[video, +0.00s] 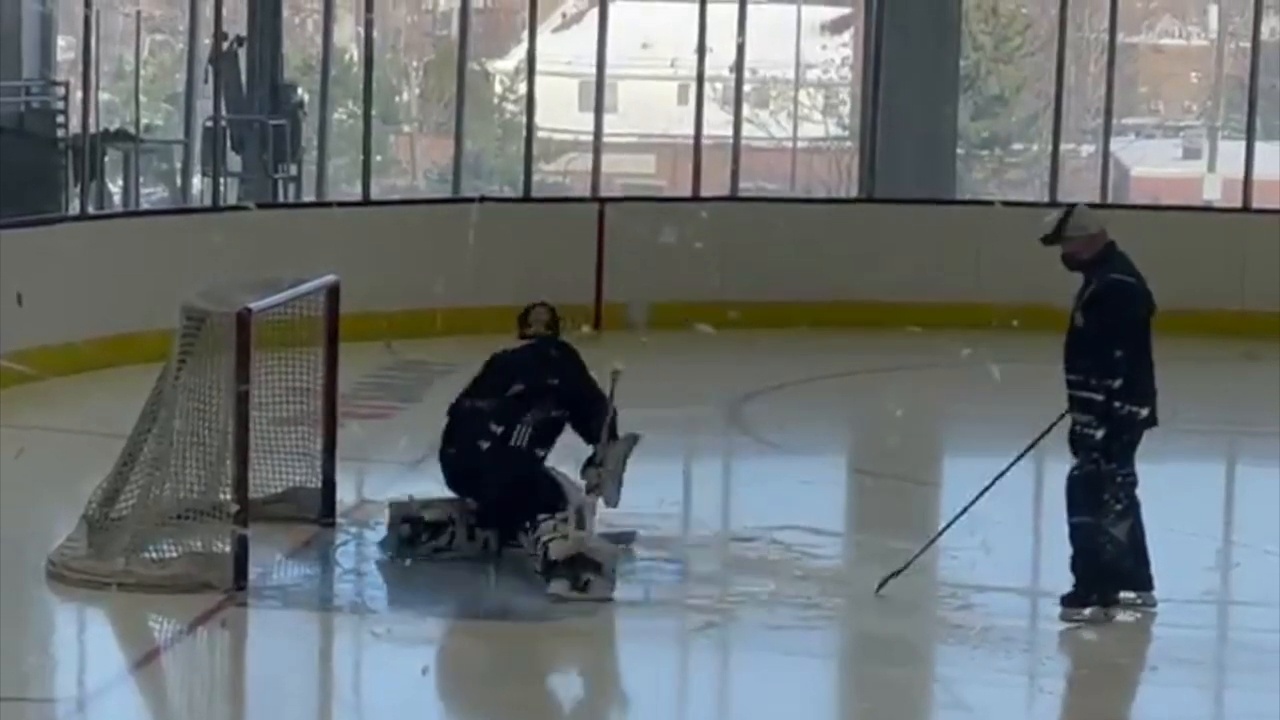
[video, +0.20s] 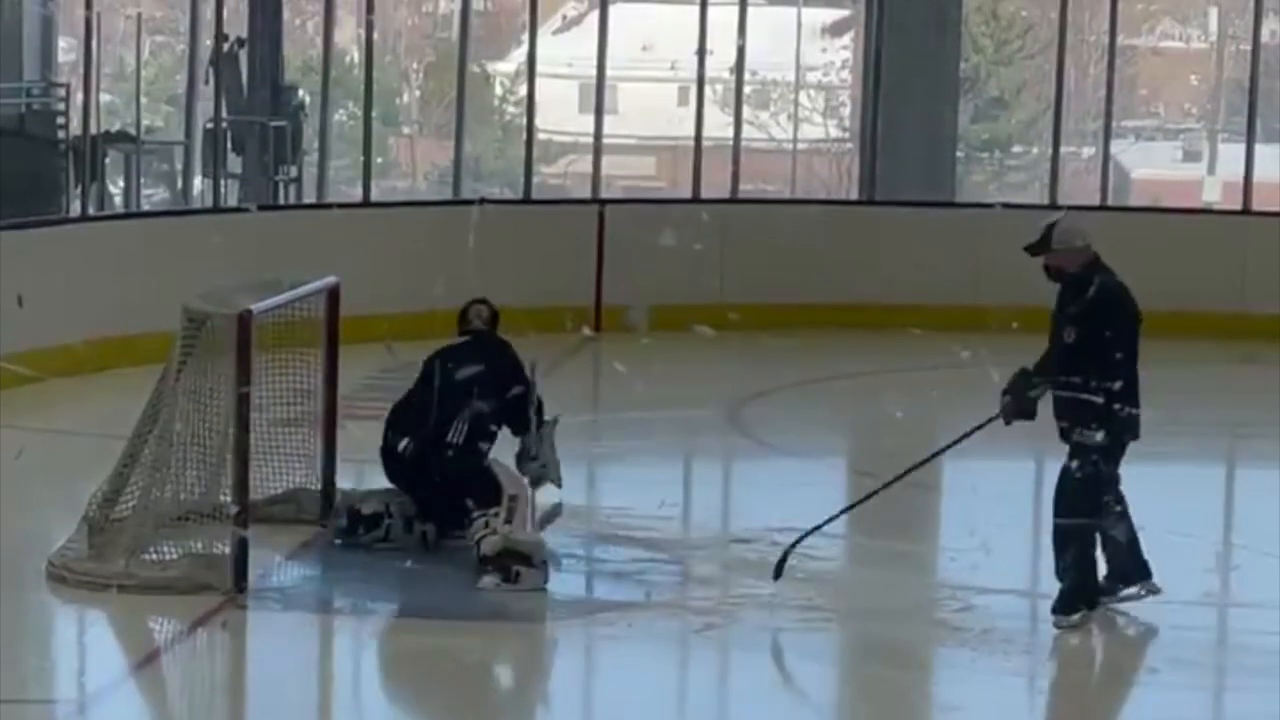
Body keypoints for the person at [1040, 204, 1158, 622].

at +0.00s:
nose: (1063, 256)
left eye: (1067, 247)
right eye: (1061, 248)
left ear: (1088, 243)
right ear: (1090, 243)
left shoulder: (1113, 287)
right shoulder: (1105, 279)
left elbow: (1111, 361)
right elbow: (1104, 356)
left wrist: (1091, 417)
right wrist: (1083, 407)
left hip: (1112, 413)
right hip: (1113, 410)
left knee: (1088, 494)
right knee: (1115, 494)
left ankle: (1094, 589)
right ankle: (1133, 581)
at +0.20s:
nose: (1046, 266)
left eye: (1051, 258)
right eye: (1045, 258)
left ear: (1072, 255)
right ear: (1069, 255)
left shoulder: (1109, 297)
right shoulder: (1073, 292)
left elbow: (1110, 370)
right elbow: (1061, 353)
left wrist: (1099, 425)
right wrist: (1030, 383)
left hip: (1106, 423)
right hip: (1082, 419)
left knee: (1072, 502)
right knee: (1103, 497)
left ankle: (1077, 593)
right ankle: (1129, 569)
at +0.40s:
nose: (1035, 264)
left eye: (1041, 257)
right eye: (1034, 257)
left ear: (1066, 255)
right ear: (1049, 256)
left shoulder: (1105, 298)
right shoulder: (1049, 287)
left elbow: (1107, 375)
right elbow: (1028, 347)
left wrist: (1094, 436)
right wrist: (995, 388)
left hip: (1087, 423)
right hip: (1051, 419)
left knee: (1061, 513)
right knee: (1075, 503)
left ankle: (1052, 608)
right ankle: (1102, 572)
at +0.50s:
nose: (1030, 262)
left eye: (1036, 256)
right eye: (1029, 255)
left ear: (1060, 254)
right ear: (1044, 254)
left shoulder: (1102, 298)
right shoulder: (1040, 287)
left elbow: (1105, 376)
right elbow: (1017, 345)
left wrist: (1090, 437)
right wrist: (983, 386)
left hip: (1077, 425)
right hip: (1038, 422)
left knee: (1056, 519)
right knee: (1054, 511)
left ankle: (1046, 615)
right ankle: (1075, 586)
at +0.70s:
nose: (1017, 261)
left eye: (1024, 254)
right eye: (1017, 254)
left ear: (1049, 252)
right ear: (1032, 253)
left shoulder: (1094, 303)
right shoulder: (1026, 291)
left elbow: (1099, 380)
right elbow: (993, 352)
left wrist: (1088, 438)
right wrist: (956, 397)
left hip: (1063, 438)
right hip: (1018, 434)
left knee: (1054, 530)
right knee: (1013, 522)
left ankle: (1046, 624)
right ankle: (1015, 596)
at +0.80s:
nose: (1010, 264)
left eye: (1016, 256)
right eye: (1009, 256)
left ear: (1041, 256)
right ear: (1027, 255)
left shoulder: (1088, 305)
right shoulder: (1020, 293)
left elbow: (1093, 383)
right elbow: (987, 355)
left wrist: (1083, 441)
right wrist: (947, 395)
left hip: (1058, 440)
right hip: (1011, 435)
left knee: (1052, 535)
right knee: (1005, 527)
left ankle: (1045, 629)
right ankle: (1006, 601)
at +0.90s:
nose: (1003, 266)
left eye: (1010, 259)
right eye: (1003, 258)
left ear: (1034, 258)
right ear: (1021, 257)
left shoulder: (1083, 307)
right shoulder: (1013, 296)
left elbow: (1089, 385)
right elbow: (982, 357)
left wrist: (1080, 445)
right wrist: (943, 399)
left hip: (1054, 446)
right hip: (1006, 442)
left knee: (1048, 543)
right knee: (997, 536)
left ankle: (1044, 640)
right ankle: (992, 623)